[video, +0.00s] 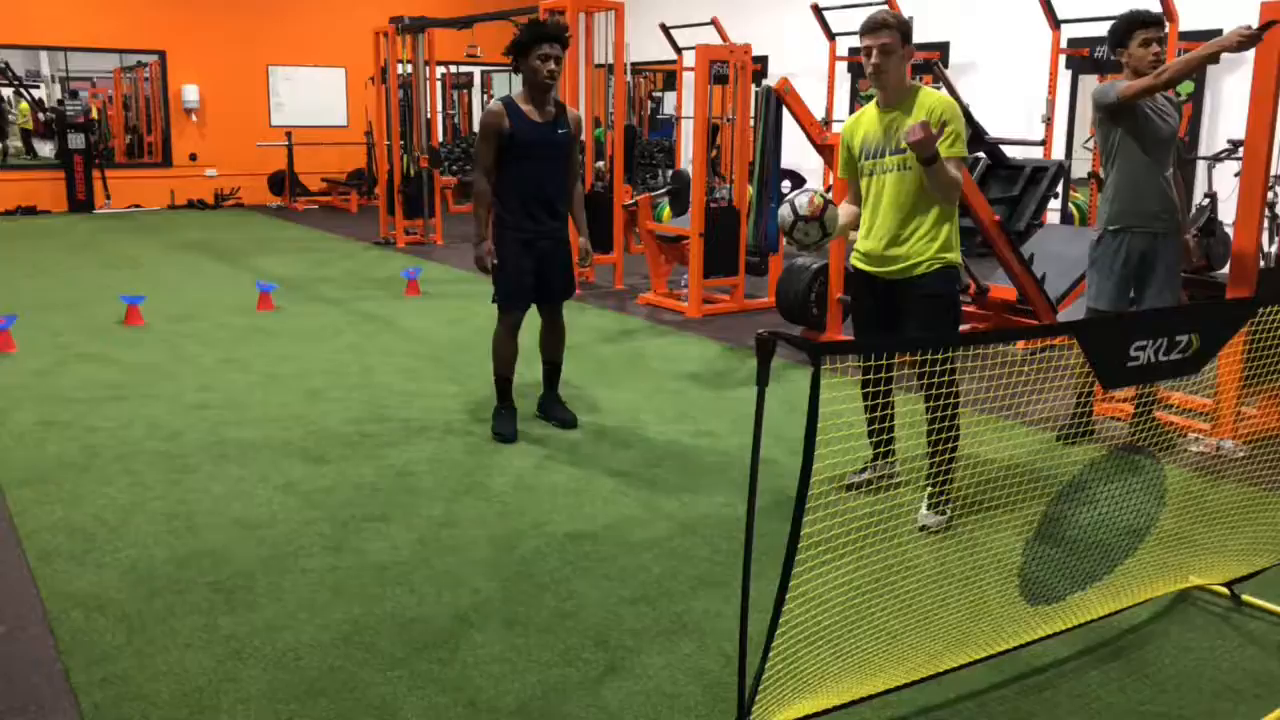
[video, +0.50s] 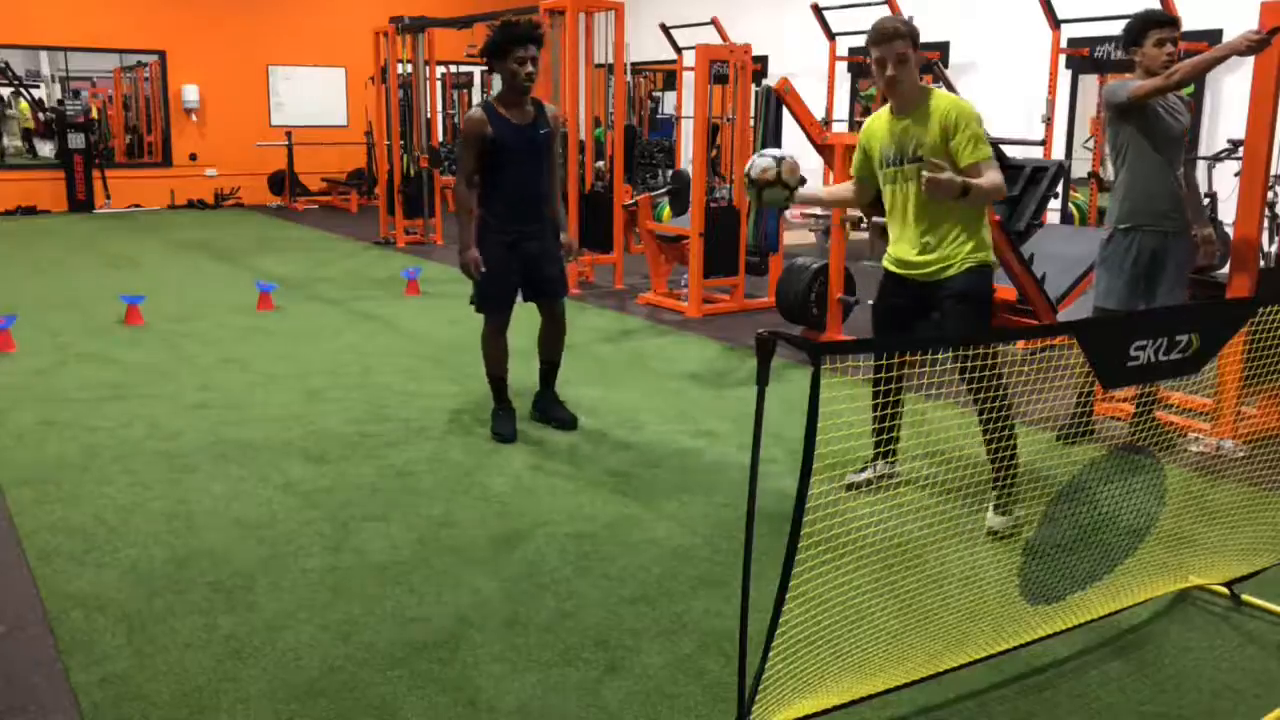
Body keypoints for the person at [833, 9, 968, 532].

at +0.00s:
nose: (873, 61)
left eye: (884, 51)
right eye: (866, 53)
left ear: (908, 55)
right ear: (859, 60)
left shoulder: (941, 109)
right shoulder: (854, 127)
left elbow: (951, 195)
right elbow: (850, 203)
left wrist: (929, 157)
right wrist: (822, 226)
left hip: (930, 264)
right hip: (872, 265)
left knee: (935, 378)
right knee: (874, 371)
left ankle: (938, 491)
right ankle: (882, 462)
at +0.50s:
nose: (890, 70)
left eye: (898, 60)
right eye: (881, 62)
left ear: (918, 60)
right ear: (871, 69)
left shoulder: (955, 113)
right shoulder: (873, 130)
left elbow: (997, 185)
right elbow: (860, 193)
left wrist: (960, 185)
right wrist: (794, 194)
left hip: (962, 260)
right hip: (904, 262)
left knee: (975, 367)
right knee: (887, 360)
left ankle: (1004, 490)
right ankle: (884, 461)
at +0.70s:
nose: (929, 83)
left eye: (938, 73)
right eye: (919, 75)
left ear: (954, 71)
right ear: (905, 78)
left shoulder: (995, 129)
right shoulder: (898, 137)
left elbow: (1054, 187)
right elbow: (857, 183)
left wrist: (1037, 198)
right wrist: (809, 158)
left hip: (1001, 279)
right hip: (933, 280)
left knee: (1021, 387)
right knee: (897, 343)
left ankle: (1058, 512)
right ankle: (885, 460)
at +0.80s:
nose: (967, 95)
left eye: (975, 84)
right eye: (955, 87)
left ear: (988, 82)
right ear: (936, 92)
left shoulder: (1030, 142)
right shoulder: (920, 153)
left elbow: (1081, 200)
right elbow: (872, 219)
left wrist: (1088, 205)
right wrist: (830, 189)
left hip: (1028, 291)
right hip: (953, 293)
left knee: (1045, 394)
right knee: (912, 363)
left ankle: (1066, 516)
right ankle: (888, 463)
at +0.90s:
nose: (993, 100)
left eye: (1001, 88)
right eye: (979, 93)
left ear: (1011, 87)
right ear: (958, 100)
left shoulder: (1052, 145)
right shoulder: (941, 168)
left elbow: (1091, 213)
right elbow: (927, 243)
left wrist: (1097, 224)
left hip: (1045, 292)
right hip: (968, 298)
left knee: (1071, 401)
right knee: (927, 381)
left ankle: (1067, 516)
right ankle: (906, 463)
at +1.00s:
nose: (997, 97)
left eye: (1004, 85)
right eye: (983, 90)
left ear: (1017, 83)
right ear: (963, 97)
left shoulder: (1050, 138)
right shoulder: (953, 167)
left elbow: (1085, 207)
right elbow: (1003, 236)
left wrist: (1105, 231)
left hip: (1043, 292)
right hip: (972, 297)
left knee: (1066, 402)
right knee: (935, 380)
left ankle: (1067, 520)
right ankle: (919, 466)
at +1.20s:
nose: (998, 83)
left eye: (1005, 72)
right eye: (984, 76)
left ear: (1017, 72)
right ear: (964, 82)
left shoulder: (1054, 134)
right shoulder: (947, 152)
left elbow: (1086, 203)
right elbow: (972, 233)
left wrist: (1104, 231)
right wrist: (1050, 206)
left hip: (1039, 291)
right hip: (961, 296)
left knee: (1066, 404)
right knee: (922, 378)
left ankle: (1068, 528)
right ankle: (897, 464)